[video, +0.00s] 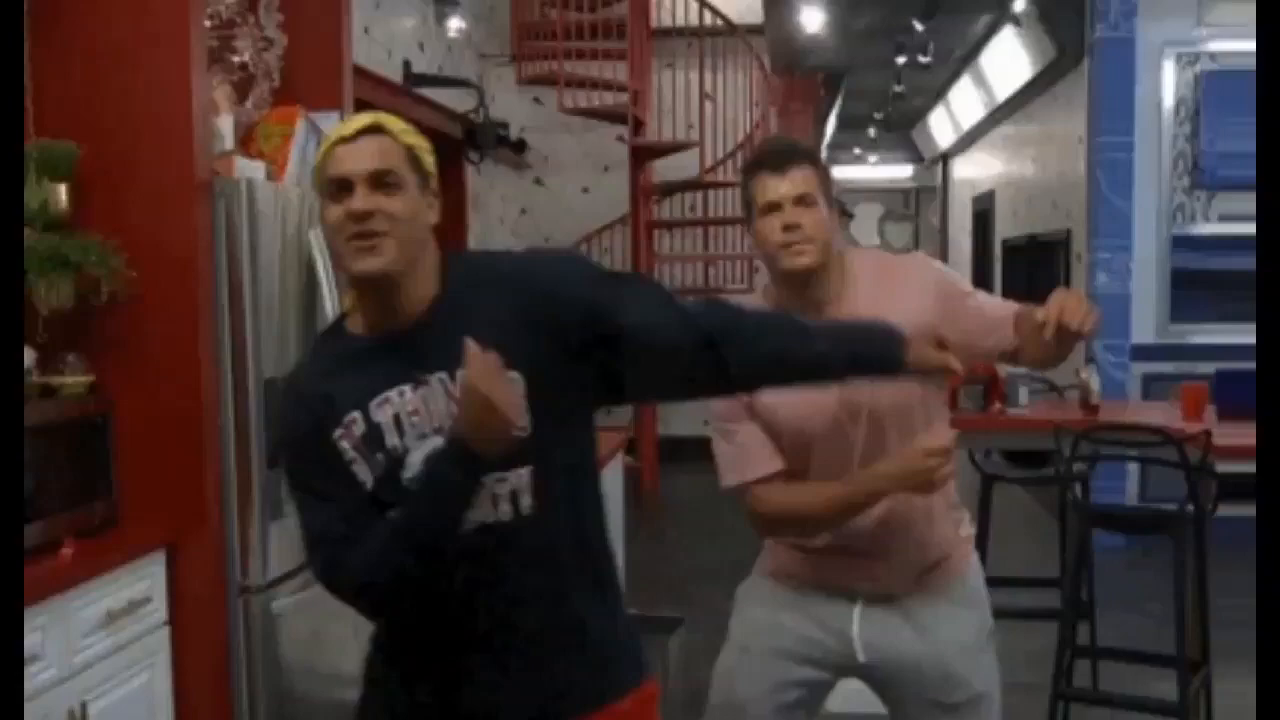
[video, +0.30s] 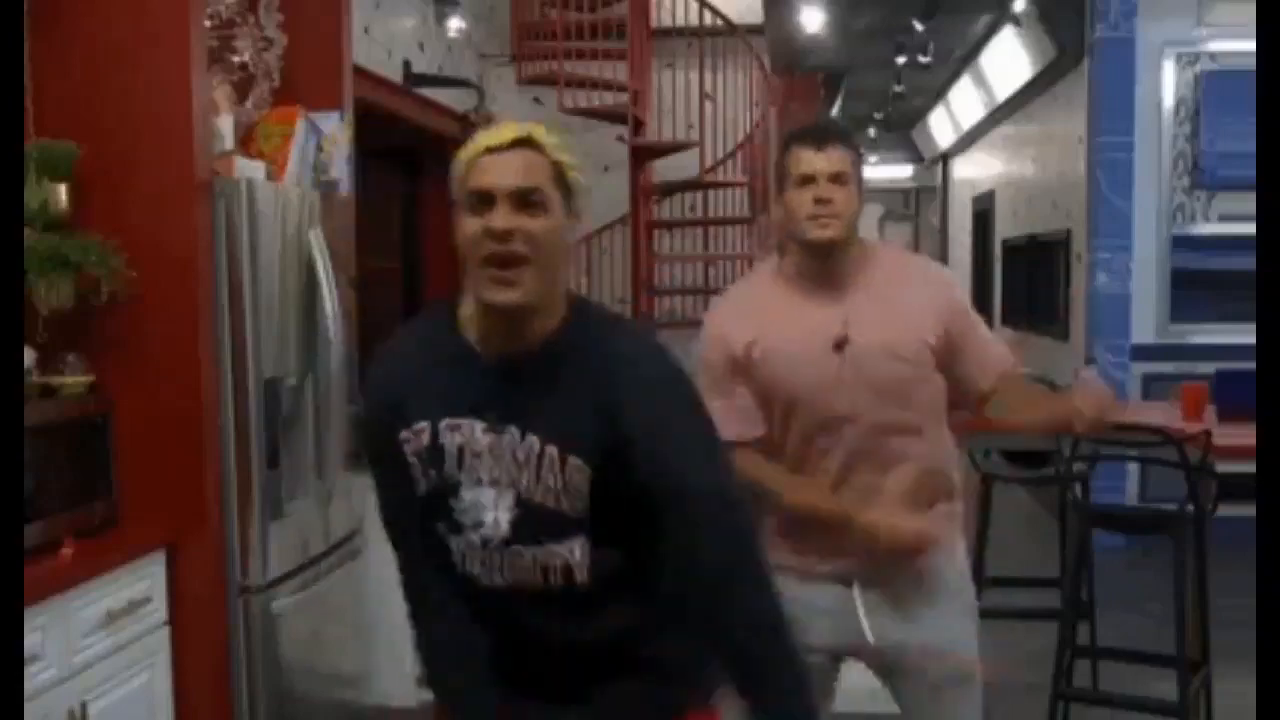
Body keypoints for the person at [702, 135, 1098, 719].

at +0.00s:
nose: (789, 221)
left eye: (803, 203)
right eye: (769, 211)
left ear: (834, 215)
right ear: (752, 234)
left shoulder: (914, 282)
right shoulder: (733, 336)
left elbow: (1026, 345)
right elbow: (766, 507)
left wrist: (1060, 323)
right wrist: (887, 478)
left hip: (930, 586)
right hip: (794, 585)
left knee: (966, 708)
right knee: (738, 707)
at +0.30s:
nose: (823, 194)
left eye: (838, 180)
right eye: (804, 182)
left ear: (859, 195)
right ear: (778, 203)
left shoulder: (923, 285)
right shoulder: (736, 317)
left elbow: (992, 389)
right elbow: (735, 454)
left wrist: (1069, 410)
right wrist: (859, 517)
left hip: (924, 573)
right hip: (798, 574)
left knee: (953, 710)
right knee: (780, 713)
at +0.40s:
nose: (810, 209)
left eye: (826, 196)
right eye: (794, 197)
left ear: (848, 213)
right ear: (770, 217)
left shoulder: (910, 312)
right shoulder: (720, 330)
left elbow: (957, 434)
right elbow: (712, 468)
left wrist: (1024, 541)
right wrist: (754, 570)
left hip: (895, 587)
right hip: (762, 587)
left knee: (931, 707)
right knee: (733, 707)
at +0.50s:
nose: (790, 196)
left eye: (806, 183)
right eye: (774, 183)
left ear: (829, 200)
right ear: (751, 202)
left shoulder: (884, 301)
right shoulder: (694, 309)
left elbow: (933, 428)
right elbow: (659, 442)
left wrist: (947, 555)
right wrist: (676, 550)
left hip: (870, 578)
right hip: (738, 579)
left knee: (899, 706)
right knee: (714, 709)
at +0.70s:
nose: (716, 209)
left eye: (731, 196)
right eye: (701, 197)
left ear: (755, 212)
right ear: (682, 214)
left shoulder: (806, 325)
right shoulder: (624, 301)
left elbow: (808, 460)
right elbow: (550, 391)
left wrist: (750, 465)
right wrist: (602, 434)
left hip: (772, 576)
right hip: (646, 578)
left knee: (823, 707)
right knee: (637, 710)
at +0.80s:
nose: (697, 206)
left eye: (712, 191)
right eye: (681, 195)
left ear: (740, 206)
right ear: (662, 212)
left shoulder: (791, 312)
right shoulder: (617, 288)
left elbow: (796, 451)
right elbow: (533, 342)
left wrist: (718, 443)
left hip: (757, 561)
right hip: (634, 557)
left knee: (798, 707)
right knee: (608, 710)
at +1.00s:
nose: (656, 230)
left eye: (668, 213)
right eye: (639, 221)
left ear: (697, 216)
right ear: (624, 236)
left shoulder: (773, 308)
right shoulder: (599, 301)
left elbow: (792, 441)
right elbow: (513, 339)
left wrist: (677, 472)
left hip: (749, 538)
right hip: (635, 537)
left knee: (783, 689)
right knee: (610, 694)